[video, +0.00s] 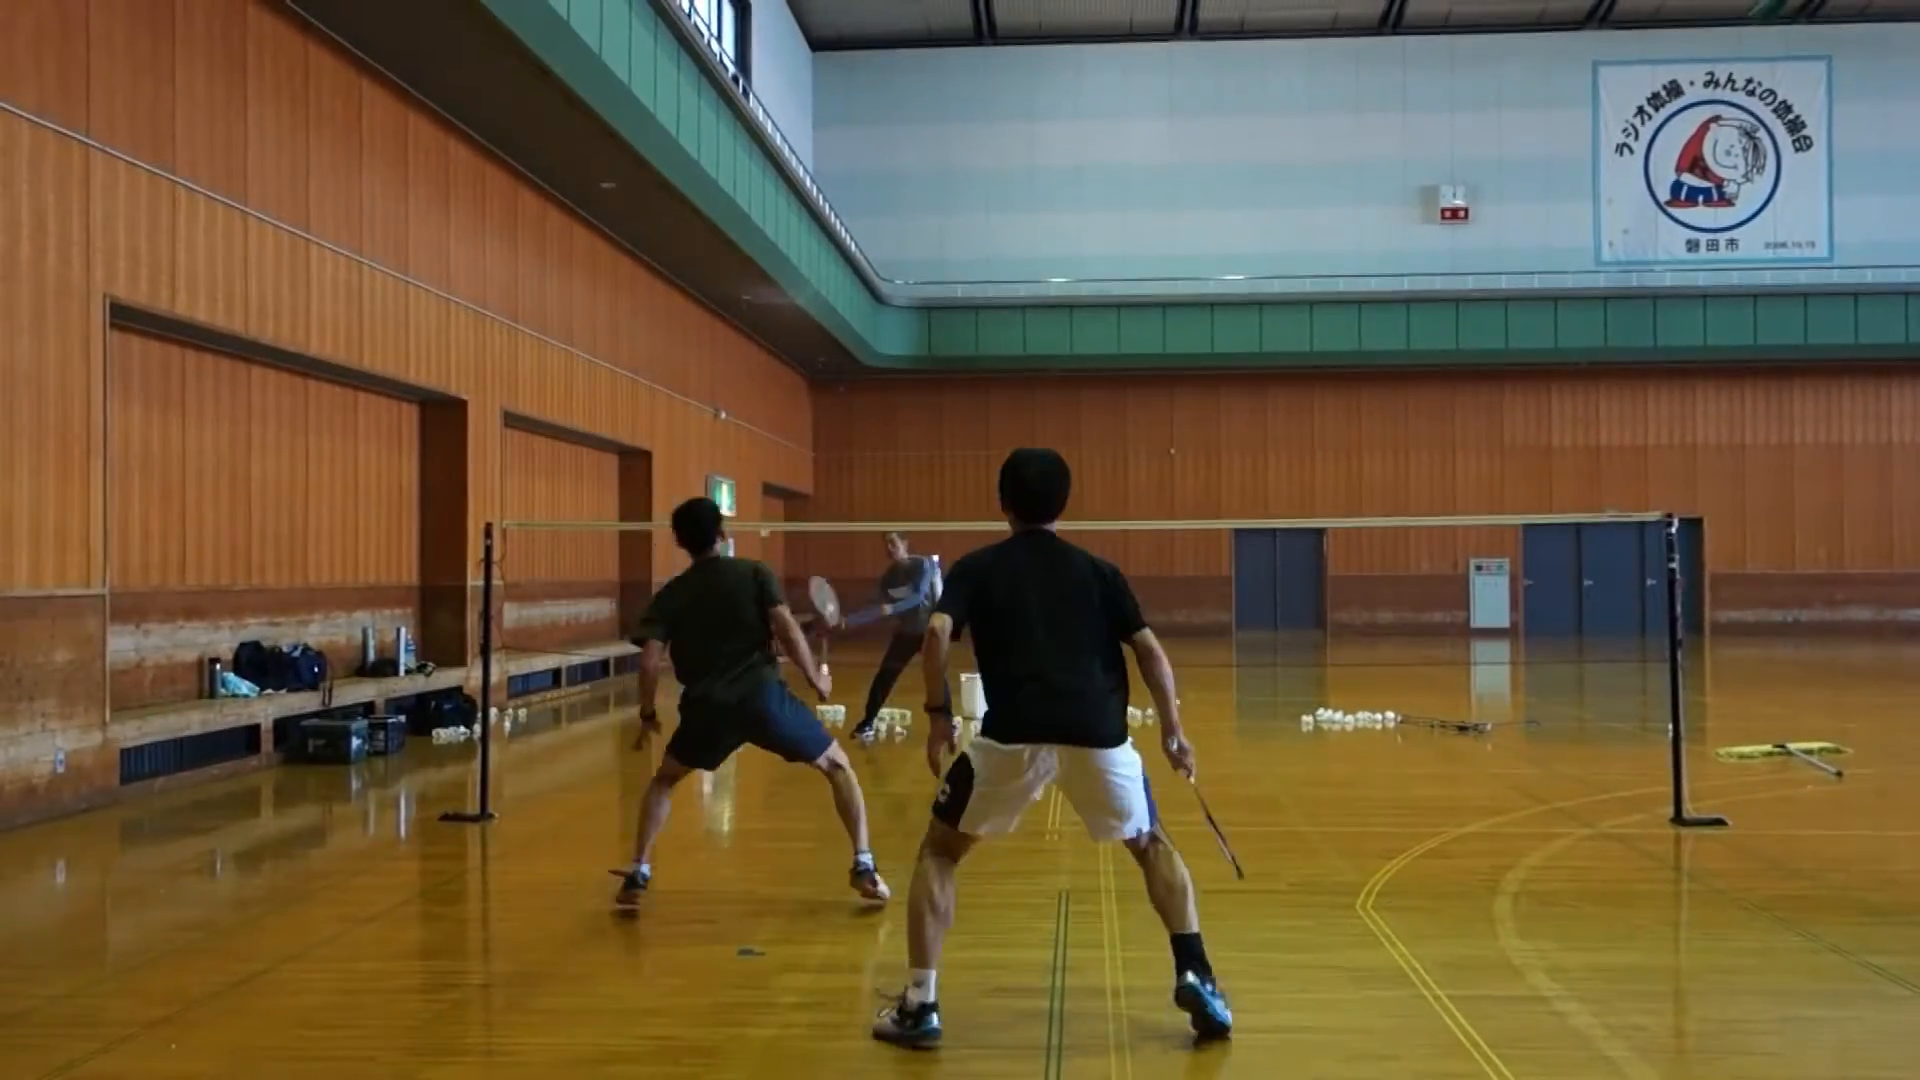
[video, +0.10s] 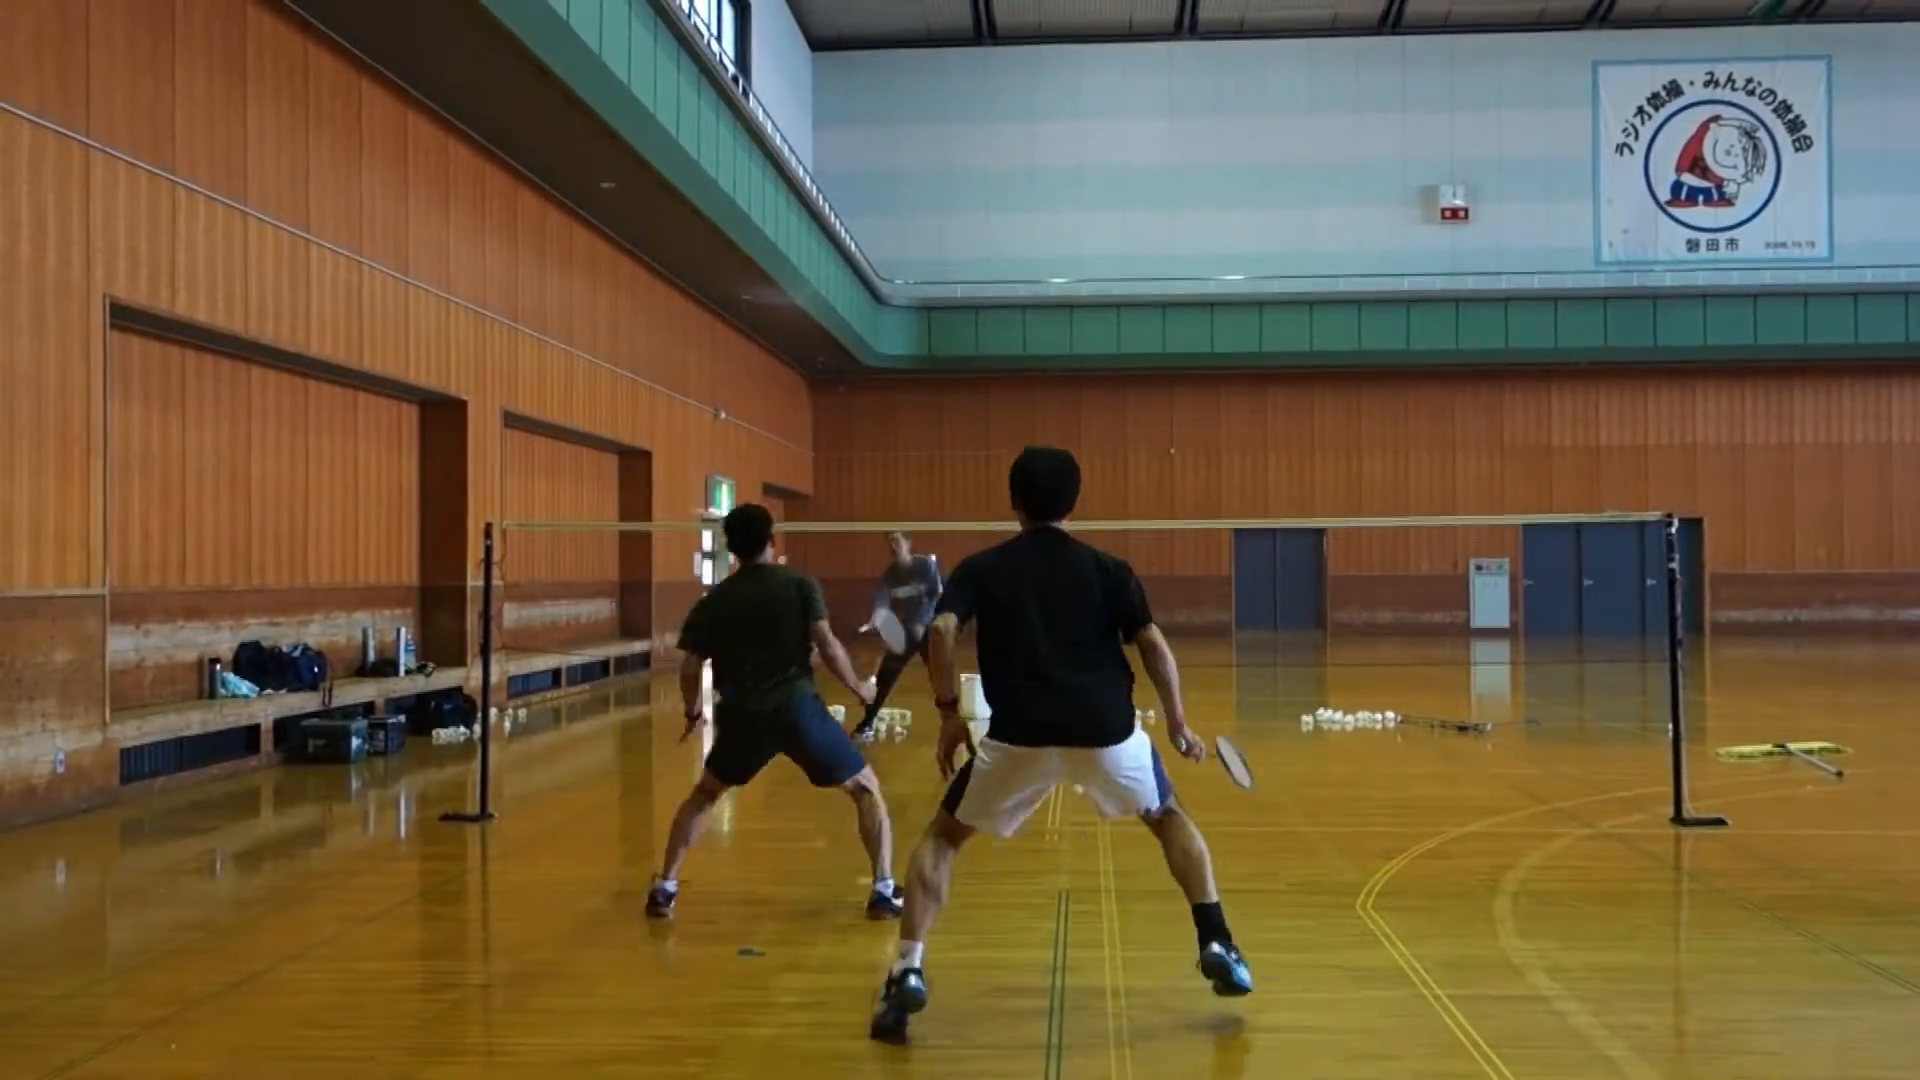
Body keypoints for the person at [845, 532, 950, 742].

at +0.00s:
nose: (890, 548)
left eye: (893, 543)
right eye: (887, 544)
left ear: (905, 543)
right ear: (886, 547)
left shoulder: (923, 565)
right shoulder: (888, 579)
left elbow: (920, 596)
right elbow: (883, 609)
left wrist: (893, 608)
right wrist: (849, 621)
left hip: (931, 629)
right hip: (907, 631)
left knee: (937, 674)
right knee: (886, 675)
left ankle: (948, 722)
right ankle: (868, 721)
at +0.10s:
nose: (895, 547)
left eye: (898, 541)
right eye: (891, 543)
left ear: (908, 542)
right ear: (889, 546)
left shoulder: (926, 565)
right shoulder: (890, 573)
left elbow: (936, 595)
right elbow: (881, 599)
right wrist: (874, 622)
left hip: (927, 630)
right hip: (902, 632)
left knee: (940, 676)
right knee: (885, 677)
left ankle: (953, 725)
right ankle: (867, 723)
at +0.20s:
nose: (896, 544)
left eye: (899, 539)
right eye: (892, 540)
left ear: (909, 541)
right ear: (890, 545)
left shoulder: (927, 563)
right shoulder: (890, 574)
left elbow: (946, 591)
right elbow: (894, 602)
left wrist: (941, 617)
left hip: (930, 629)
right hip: (905, 630)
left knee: (940, 676)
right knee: (885, 674)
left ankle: (950, 721)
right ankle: (867, 717)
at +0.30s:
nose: (898, 545)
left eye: (901, 540)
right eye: (894, 542)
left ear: (910, 542)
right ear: (891, 546)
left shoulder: (928, 563)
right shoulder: (892, 574)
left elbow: (949, 587)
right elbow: (901, 599)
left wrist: (950, 614)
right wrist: (927, 608)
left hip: (930, 627)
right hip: (906, 629)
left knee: (937, 674)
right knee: (894, 672)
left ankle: (949, 719)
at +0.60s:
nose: (895, 543)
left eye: (898, 538)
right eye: (890, 539)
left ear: (905, 541)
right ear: (884, 545)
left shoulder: (923, 565)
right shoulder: (882, 576)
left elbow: (947, 589)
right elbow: (880, 605)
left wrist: (944, 619)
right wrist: (884, 628)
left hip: (924, 631)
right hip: (898, 633)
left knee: (936, 677)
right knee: (880, 677)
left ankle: (949, 723)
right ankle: (867, 722)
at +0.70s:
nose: (890, 544)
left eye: (893, 538)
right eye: (885, 540)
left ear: (900, 541)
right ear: (880, 545)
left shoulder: (920, 564)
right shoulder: (880, 574)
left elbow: (939, 589)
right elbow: (877, 604)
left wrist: (929, 608)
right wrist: (877, 625)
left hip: (923, 631)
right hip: (897, 631)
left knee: (934, 678)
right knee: (879, 678)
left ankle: (948, 721)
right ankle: (867, 723)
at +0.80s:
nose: (884, 546)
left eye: (886, 541)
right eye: (879, 542)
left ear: (895, 542)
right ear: (876, 547)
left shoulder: (913, 565)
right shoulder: (879, 572)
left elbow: (924, 595)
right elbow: (876, 601)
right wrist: (870, 624)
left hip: (917, 631)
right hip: (891, 631)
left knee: (934, 677)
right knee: (878, 676)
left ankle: (949, 721)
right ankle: (867, 721)